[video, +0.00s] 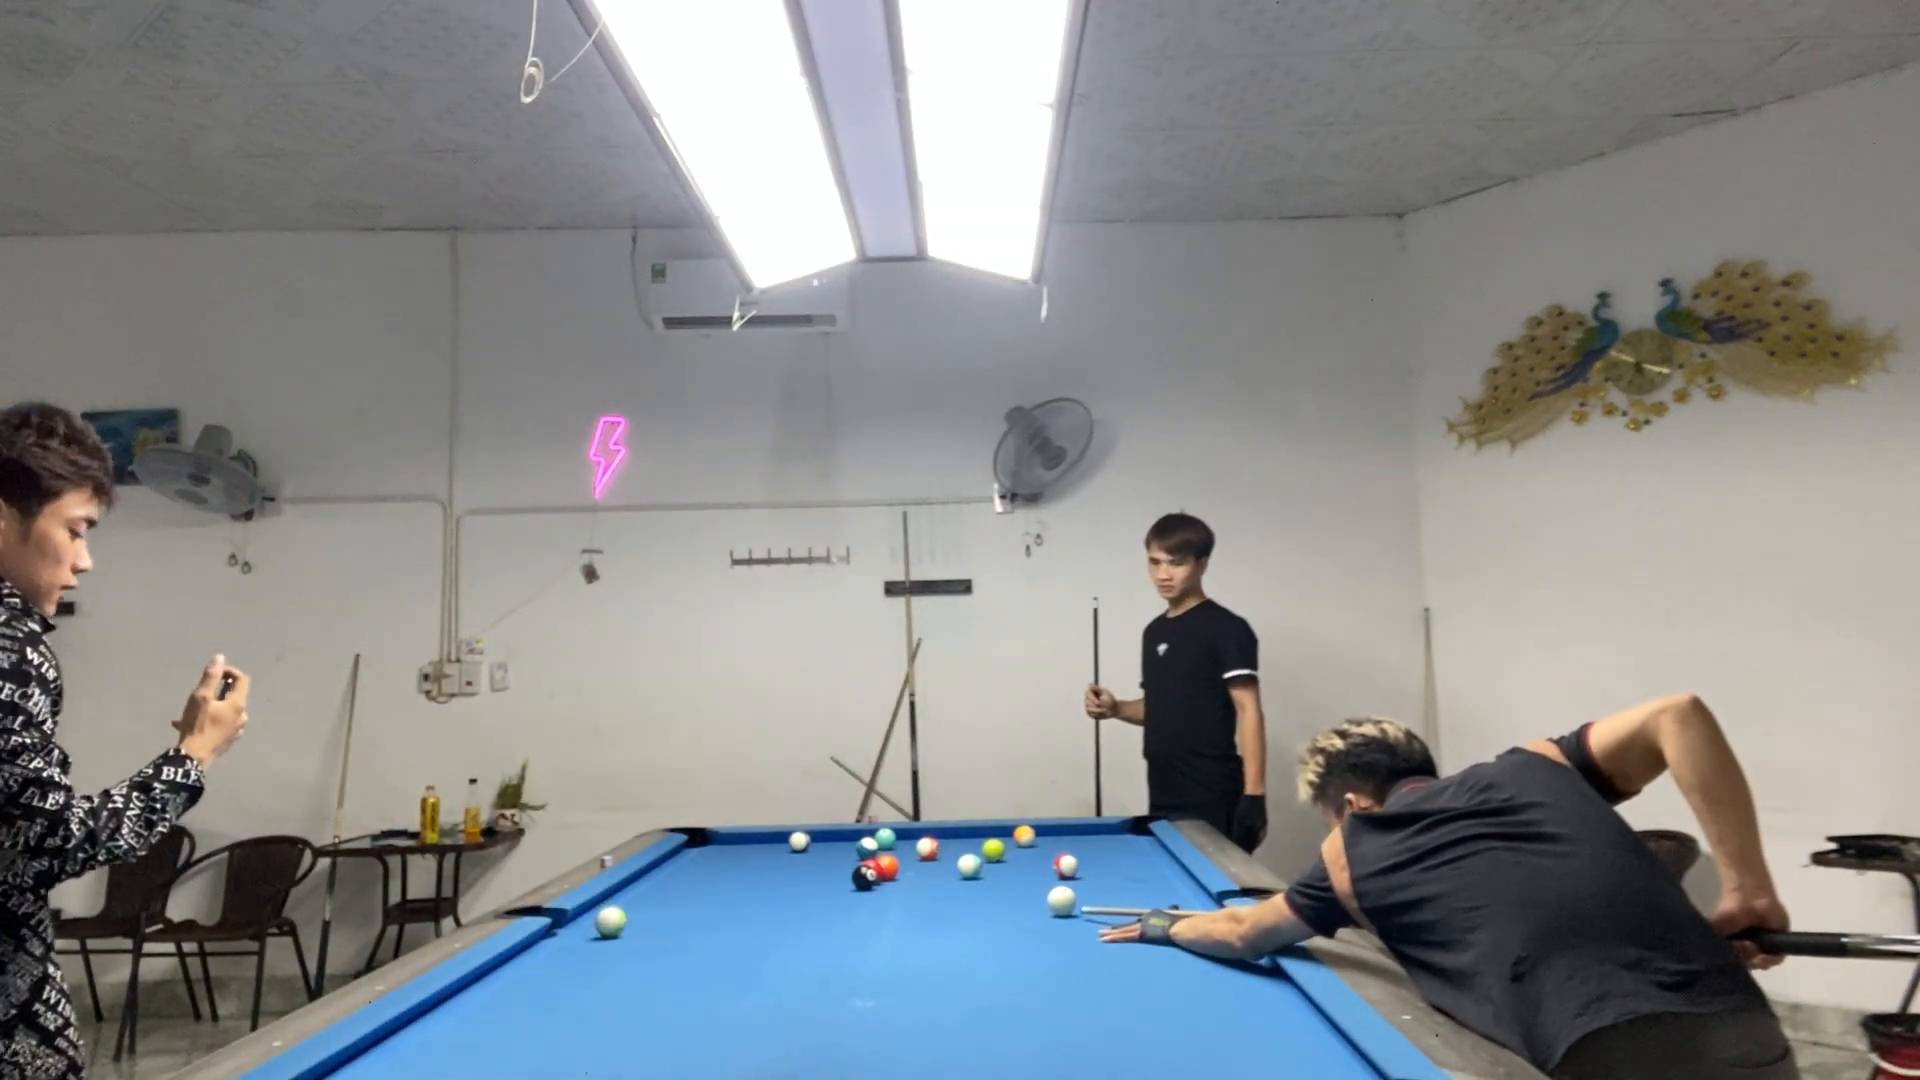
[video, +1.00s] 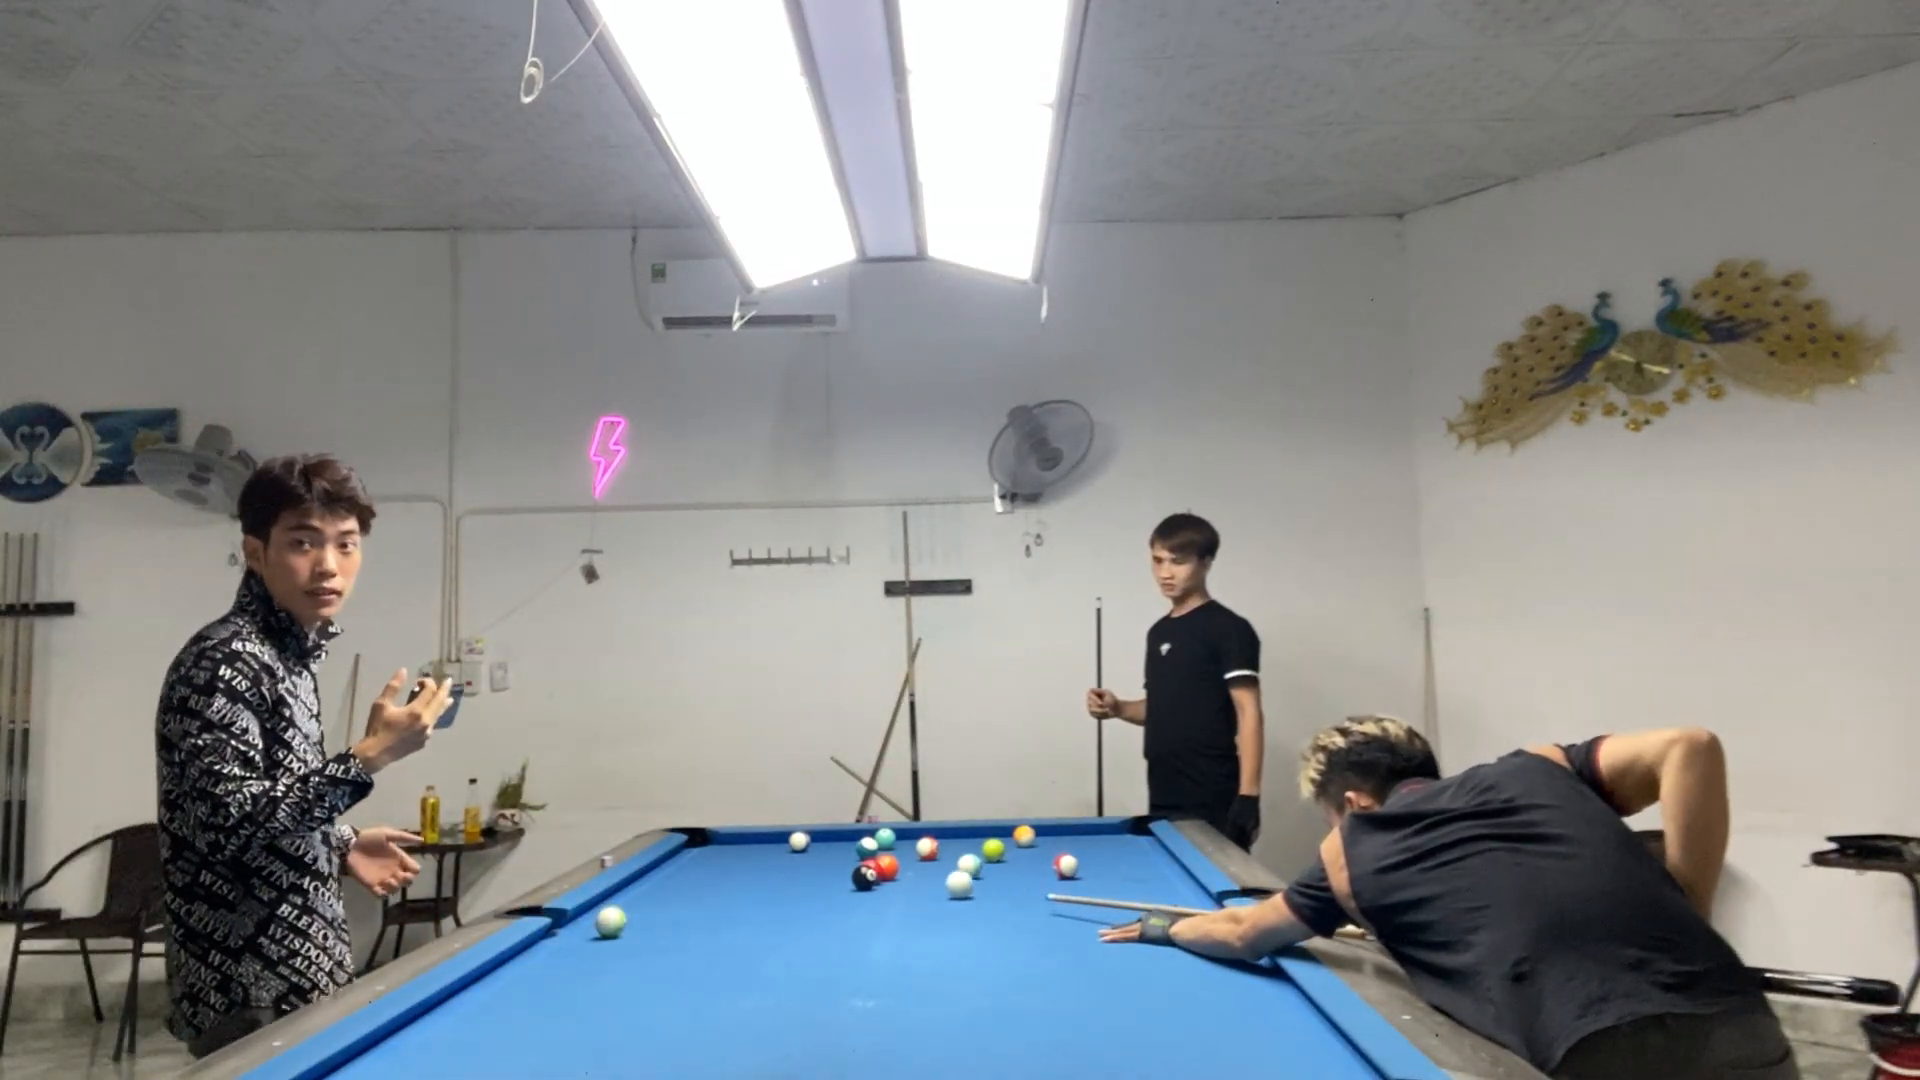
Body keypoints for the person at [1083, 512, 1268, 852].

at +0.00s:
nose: (1163, 574)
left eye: (1176, 563)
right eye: (1155, 563)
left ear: (1201, 564)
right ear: (1147, 564)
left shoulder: (1229, 630)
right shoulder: (1154, 633)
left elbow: (1249, 711)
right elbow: (1161, 710)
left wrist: (1254, 794)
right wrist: (1117, 708)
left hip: (1214, 800)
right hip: (1164, 797)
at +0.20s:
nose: (1164, 574)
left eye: (1176, 563)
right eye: (1156, 563)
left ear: (1202, 564)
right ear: (1148, 564)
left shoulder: (1230, 630)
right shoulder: (1154, 632)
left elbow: (1249, 711)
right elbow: (1160, 710)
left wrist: (1252, 794)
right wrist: (1117, 708)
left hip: (1215, 801)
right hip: (1165, 798)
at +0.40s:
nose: (1164, 573)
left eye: (1177, 562)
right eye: (1157, 562)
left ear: (1203, 564)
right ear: (1149, 562)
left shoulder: (1230, 630)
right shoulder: (1155, 632)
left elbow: (1249, 712)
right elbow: (1159, 709)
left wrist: (1247, 794)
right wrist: (1117, 708)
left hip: (1216, 801)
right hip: (1165, 798)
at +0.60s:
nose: (1164, 572)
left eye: (1177, 561)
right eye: (1157, 561)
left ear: (1203, 564)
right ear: (1149, 562)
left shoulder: (1230, 630)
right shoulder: (1156, 633)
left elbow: (1249, 713)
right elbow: (1160, 709)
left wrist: (1246, 795)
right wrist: (1117, 708)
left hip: (1214, 802)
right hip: (1165, 799)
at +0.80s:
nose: (1164, 572)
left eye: (1177, 561)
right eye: (1157, 561)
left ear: (1204, 564)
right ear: (1150, 563)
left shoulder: (1231, 630)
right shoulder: (1158, 633)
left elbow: (1249, 713)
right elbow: (1161, 710)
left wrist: (1248, 795)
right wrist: (1118, 708)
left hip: (1214, 801)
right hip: (1165, 798)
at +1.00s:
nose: (1165, 572)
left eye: (1178, 561)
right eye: (1158, 561)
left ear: (1205, 564)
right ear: (1151, 562)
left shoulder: (1231, 630)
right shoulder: (1159, 633)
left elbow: (1249, 713)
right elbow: (1161, 710)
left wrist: (1248, 796)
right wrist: (1119, 708)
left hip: (1214, 802)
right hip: (1165, 798)